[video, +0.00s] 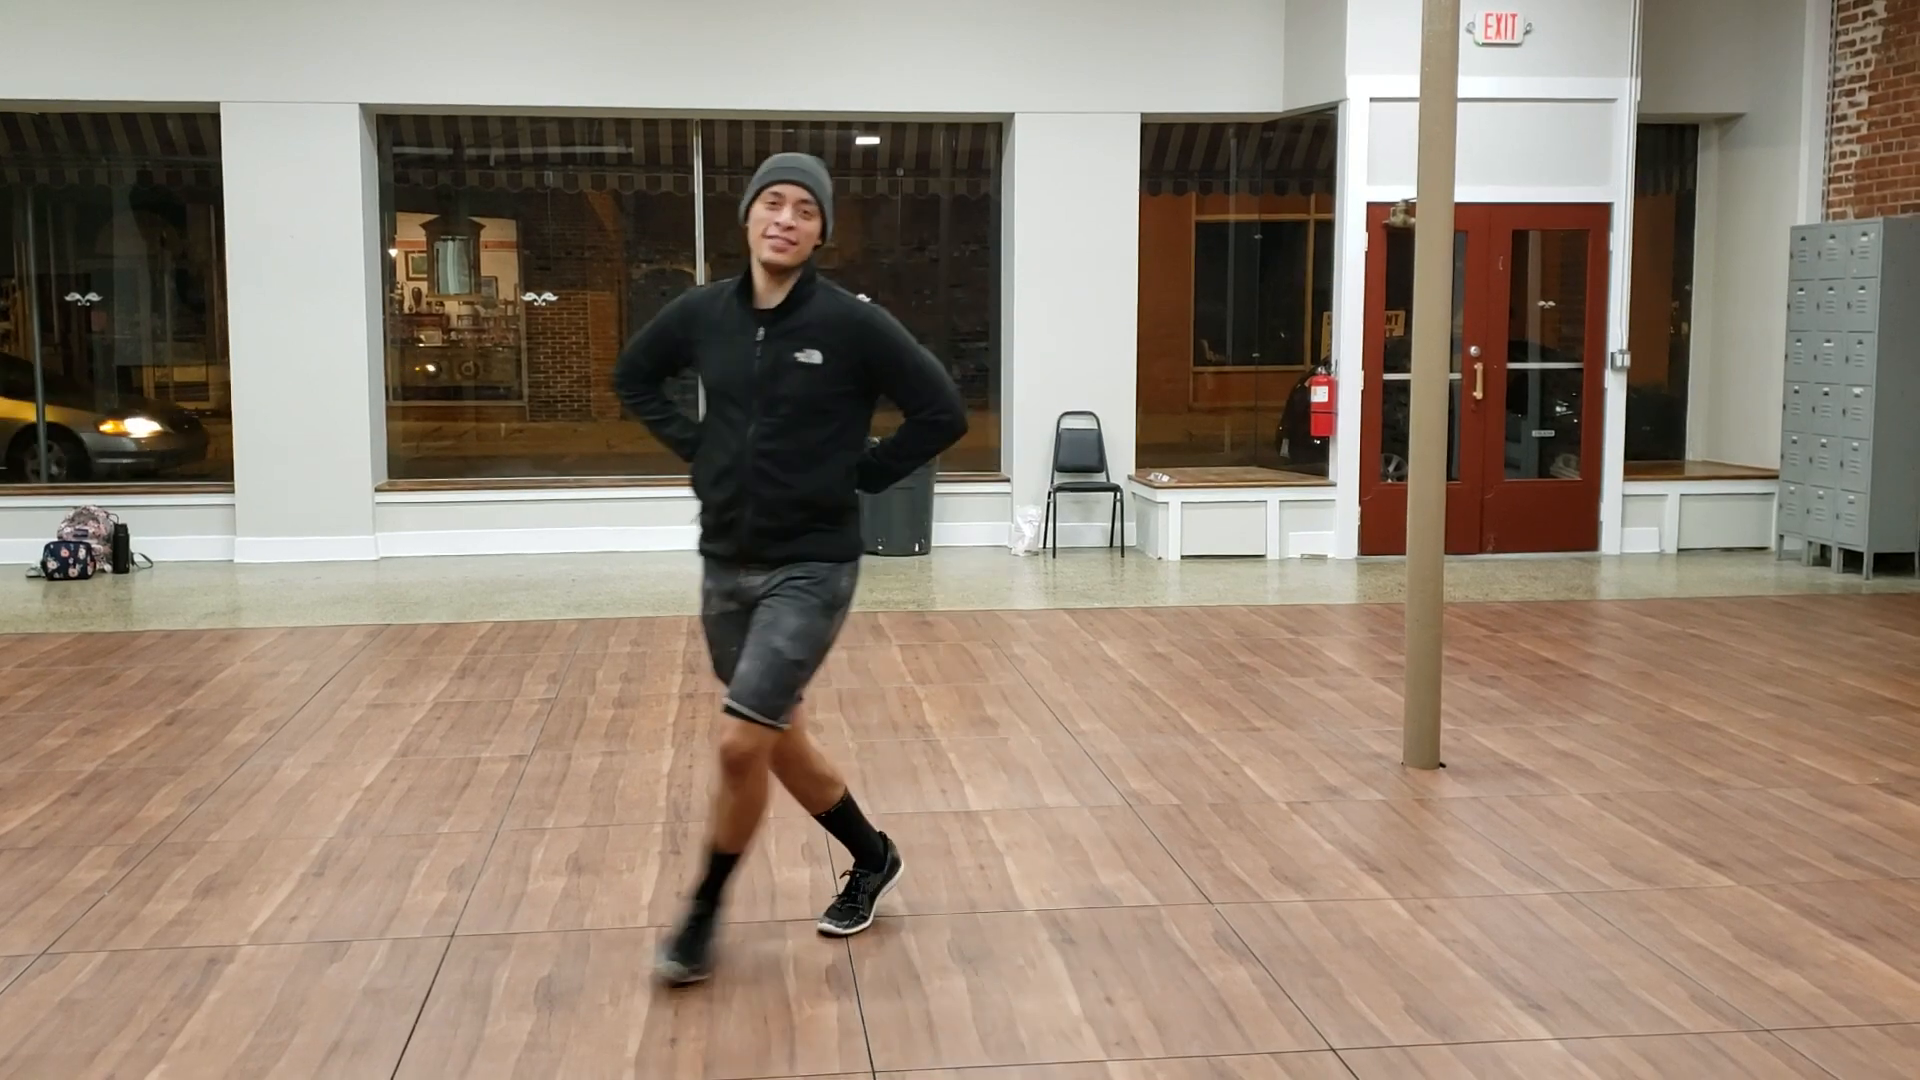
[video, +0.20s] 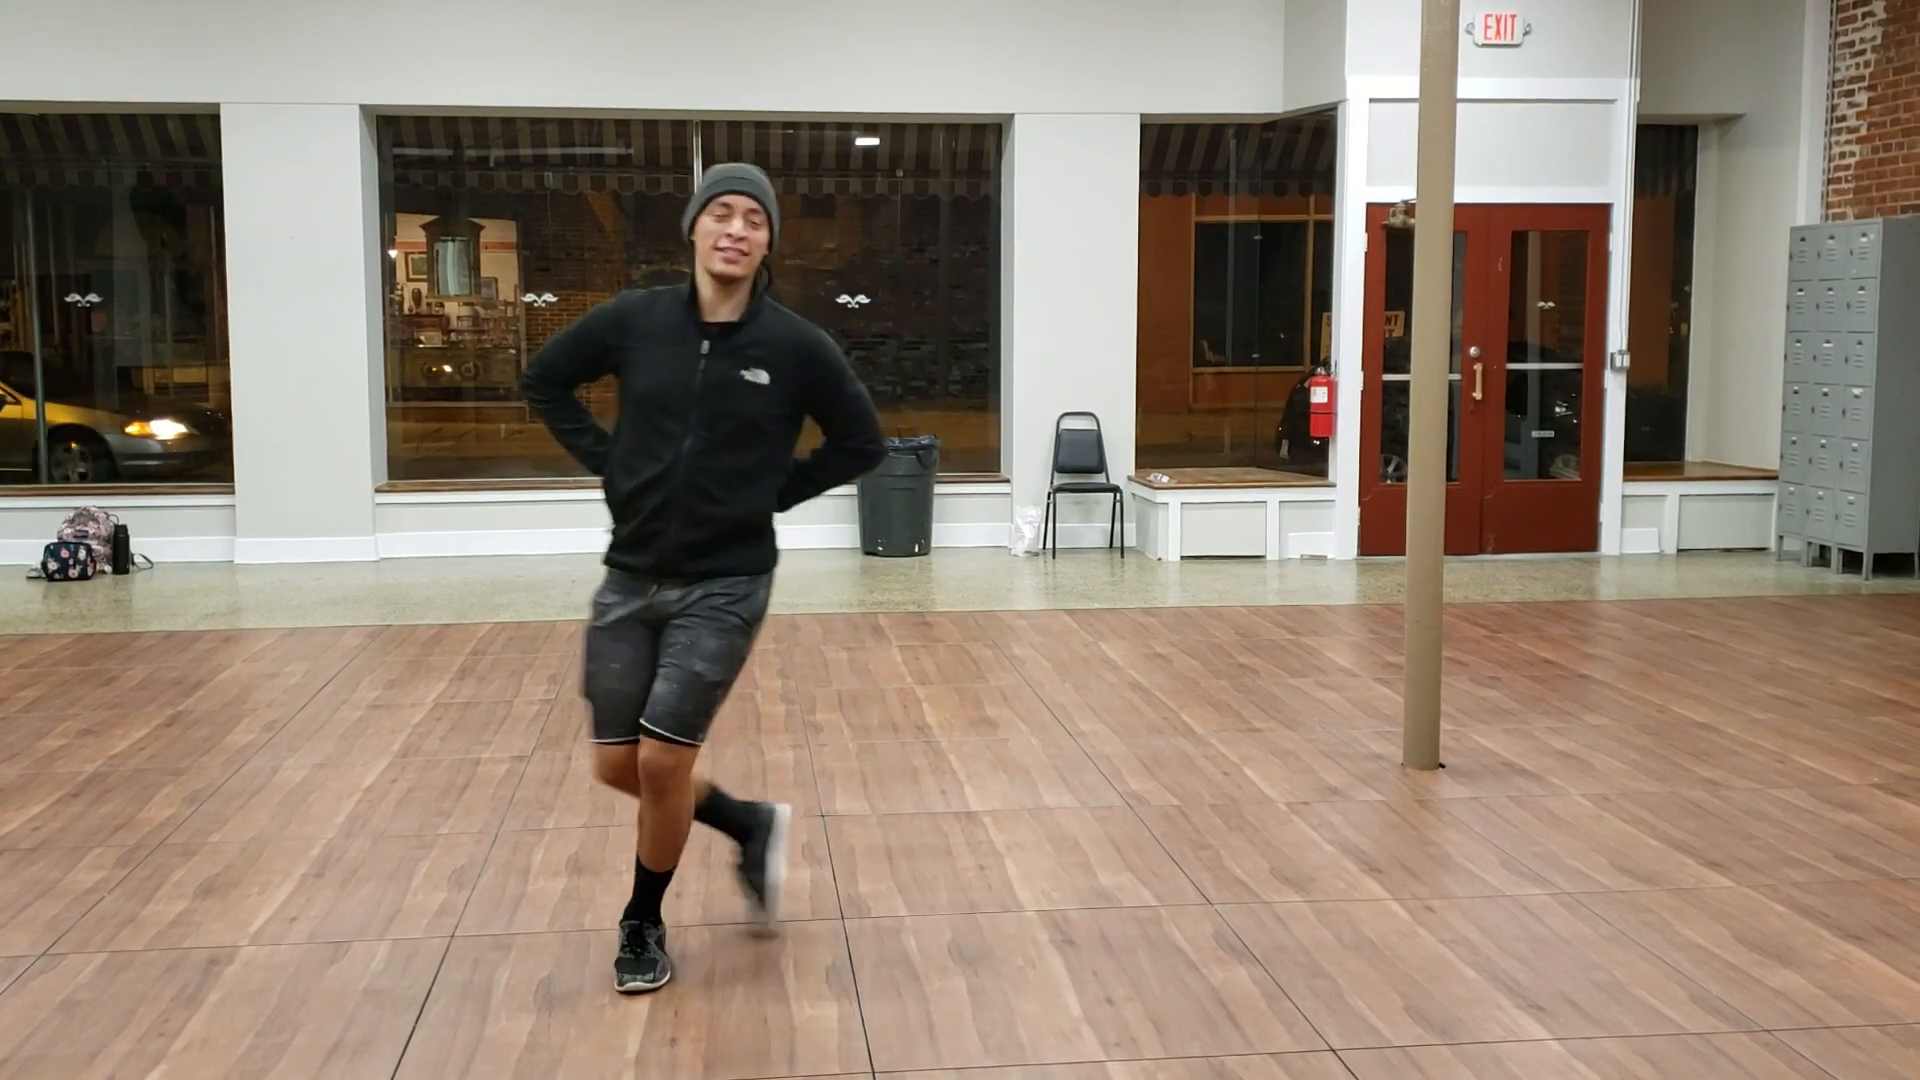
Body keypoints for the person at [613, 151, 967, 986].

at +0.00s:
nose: (786, 219)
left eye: (804, 211)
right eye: (774, 205)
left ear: (821, 232)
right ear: (747, 220)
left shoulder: (853, 323)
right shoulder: (702, 312)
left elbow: (944, 416)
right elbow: (633, 379)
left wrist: (858, 476)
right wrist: (696, 446)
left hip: (813, 561)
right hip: (725, 559)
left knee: (741, 742)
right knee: (776, 740)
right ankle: (872, 853)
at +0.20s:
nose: (736, 229)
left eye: (752, 220)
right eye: (722, 215)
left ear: (768, 245)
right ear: (692, 232)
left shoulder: (799, 347)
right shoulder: (637, 316)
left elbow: (863, 446)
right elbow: (543, 382)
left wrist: (772, 494)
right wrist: (610, 461)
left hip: (727, 575)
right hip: (631, 567)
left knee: (663, 757)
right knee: (616, 761)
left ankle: (642, 923)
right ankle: (750, 824)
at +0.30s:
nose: (704, 212)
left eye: (719, 203)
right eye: (689, 199)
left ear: (737, 229)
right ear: (659, 217)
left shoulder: (771, 332)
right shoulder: (603, 306)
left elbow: (833, 429)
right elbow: (506, 372)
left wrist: (746, 475)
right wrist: (578, 453)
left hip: (701, 570)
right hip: (597, 561)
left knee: (659, 755)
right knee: (557, 745)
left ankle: (644, 917)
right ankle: (638, 829)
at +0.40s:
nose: (668, 195)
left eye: (682, 184)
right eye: (651, 183)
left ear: (702, 205)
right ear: (621, 204)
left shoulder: (743, 307)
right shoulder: (567, 295)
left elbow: (802, 400)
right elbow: (463, 365)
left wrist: (721, 461)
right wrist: (547, 439)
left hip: (682, 561)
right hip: (569, 556)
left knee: (660, 747)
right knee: (521, 736)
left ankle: (642, 919)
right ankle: (532, 868)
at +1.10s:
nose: (654, 195)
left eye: (667, 184)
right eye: (635, 183)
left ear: (683, 207)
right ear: (601, 210)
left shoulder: (739, 293)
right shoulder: (568, 310)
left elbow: (830, 368)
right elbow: (482, 380)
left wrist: (758, 440)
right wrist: (562, 448)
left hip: (724, 558)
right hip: (616, 555)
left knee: (712, 739)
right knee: (593, 737)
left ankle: (685, 883)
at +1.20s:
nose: (683, 205)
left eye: (696, 193)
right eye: (664, 193)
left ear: (714, 215)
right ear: (633, 215)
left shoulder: (766, 302)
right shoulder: (600, 314)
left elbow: (858, 388)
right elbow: (537, 379)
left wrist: (786, 454)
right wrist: (596, 445)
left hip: (751, 565)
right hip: (647, 563)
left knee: (729, 752)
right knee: (670, 745)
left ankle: (684, 883)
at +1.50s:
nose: (775, 220)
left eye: (788, 207)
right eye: (758, 205)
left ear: (803, 225)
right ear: (721, 222)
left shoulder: (848, 314)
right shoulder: (688, 326)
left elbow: (940, 419)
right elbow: (641, 406)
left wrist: (859, 478)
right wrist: (702, 464)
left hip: (847, 578)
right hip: (739, 579)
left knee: (875, 766)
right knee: (762, 763)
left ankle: (827, 863)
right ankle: (811, 948)